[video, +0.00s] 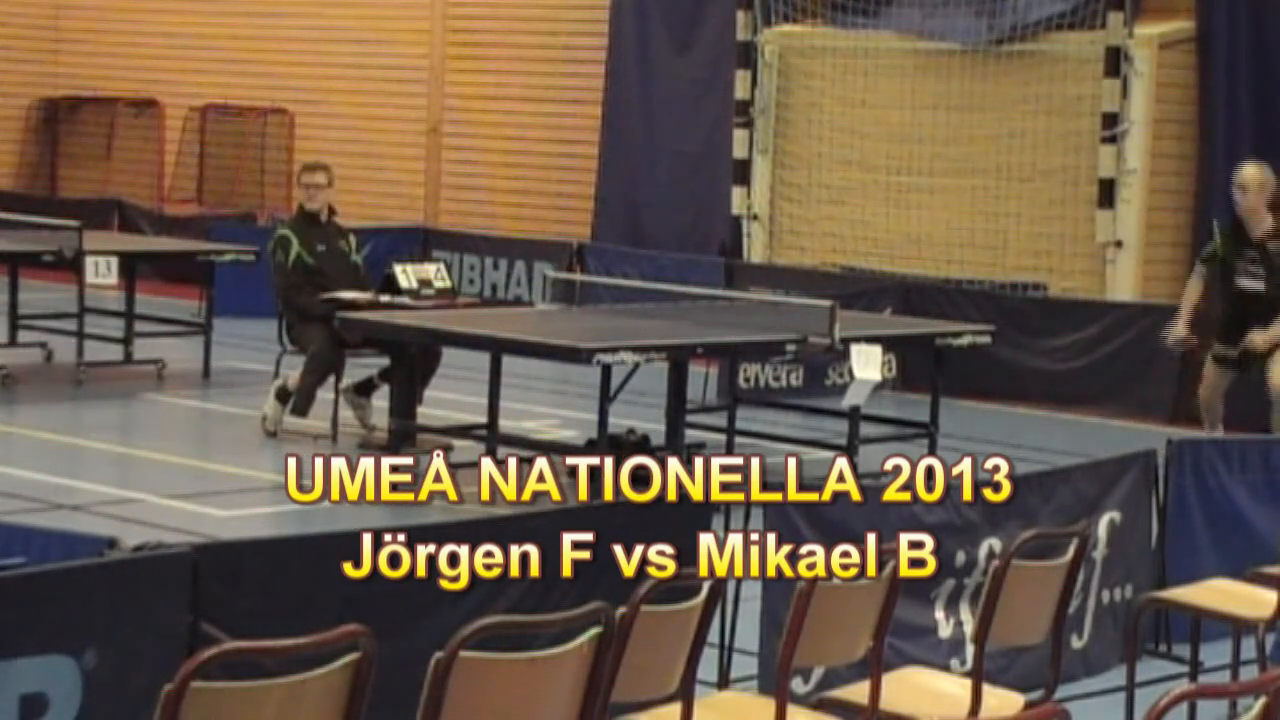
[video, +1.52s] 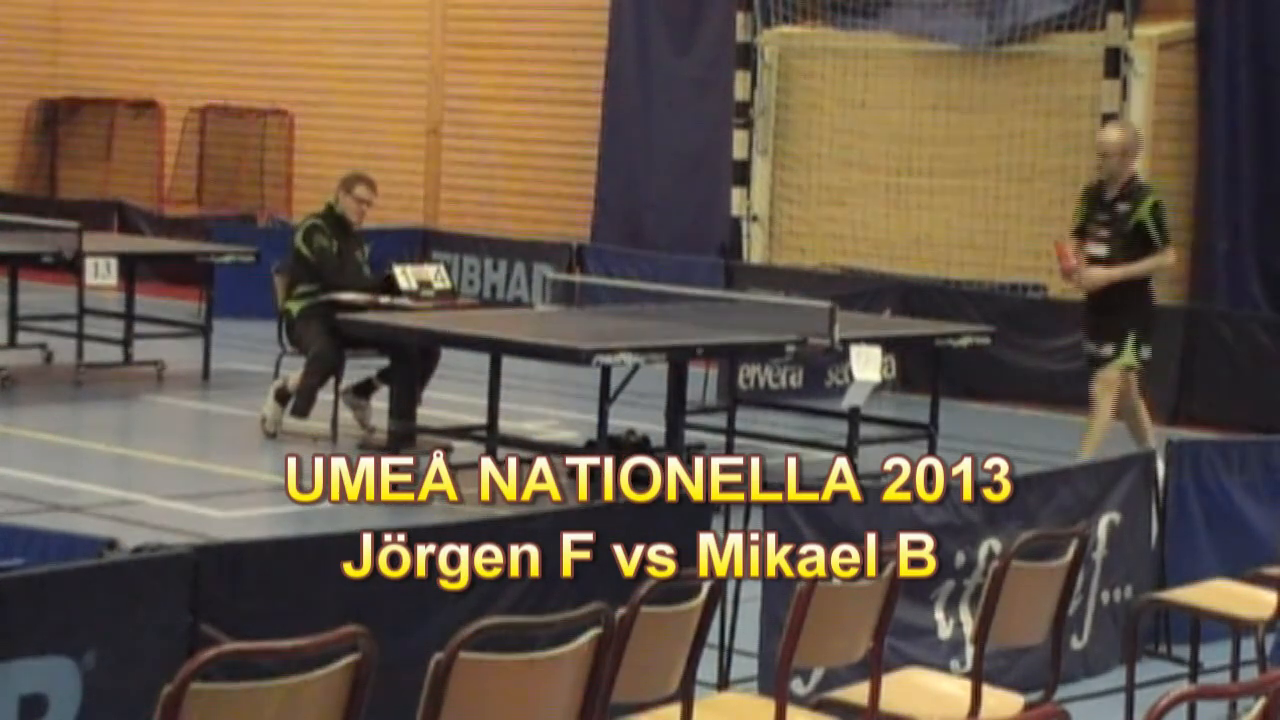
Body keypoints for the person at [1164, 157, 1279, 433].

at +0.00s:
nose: (1243, 197)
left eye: (1250, 189)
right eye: (1239, 189)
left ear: (1268, 192)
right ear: (1232, 192)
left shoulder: (1274, 239)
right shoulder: (1227, 235)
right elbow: (1200, 274)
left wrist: (1271, 332)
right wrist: (1182, 319)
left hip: (1270, 328)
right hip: (1233, 326)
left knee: (1276, 385)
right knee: (1209, 393)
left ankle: (1276, 448)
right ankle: (1215, 446)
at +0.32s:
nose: (1204, 186)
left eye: (1211, 179)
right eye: (1203, 179)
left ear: (1235, 183)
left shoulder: (1240, 216)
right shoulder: (1230, 218)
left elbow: (1254, 263)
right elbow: (1227, 282)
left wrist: (1222, 306)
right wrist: (1193, 317)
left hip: (1265, 317)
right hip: (1245, 316)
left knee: (1247, 390)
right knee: (1213, 375)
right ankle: (1232, 448)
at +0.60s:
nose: (1215, 174)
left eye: (1223, 167)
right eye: (1215, 167)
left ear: (1246, 174)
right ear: (1240, 174)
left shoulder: (1249, 210)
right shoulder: (1238, 209)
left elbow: (1264, 257)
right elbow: (1256, 258)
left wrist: (1218, 294)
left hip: (1259, 319)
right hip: (1241, 317)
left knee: (1248, 397)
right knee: (1223, 386)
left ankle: (1278, 454)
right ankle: (1237, 458)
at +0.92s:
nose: (1195, 161)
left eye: (1203, 155)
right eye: (1196, 154)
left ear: (1227, 164)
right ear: (1225, 166)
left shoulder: (1229, 202)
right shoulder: (1231, 199)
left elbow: (1246, 255)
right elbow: (1247, 255)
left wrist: (1203, 290)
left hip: (1234, 310)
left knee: (1187, 382)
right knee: (1258, 396)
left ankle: (1196, 464)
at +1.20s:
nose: (1149, 160)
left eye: (1156, 153)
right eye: (1149, 153)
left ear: (1177, 158)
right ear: (1160, 156)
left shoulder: (1190, 200)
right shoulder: (1157, 199)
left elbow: (1205, 254)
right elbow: (1161, 257)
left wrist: (1150, 281)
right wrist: (1137, 291)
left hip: (1190, 311)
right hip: (1157, 310)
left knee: (1186, 396)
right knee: (1146, 389)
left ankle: (1245, 452)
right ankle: (1160, 469)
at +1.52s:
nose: (1099, 162)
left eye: (1107, 155)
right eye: (1098, 155)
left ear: (1131, 157)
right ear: (1098, 154)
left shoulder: (1144, 202)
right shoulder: (1093, 193)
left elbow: (1167, 256)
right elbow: (1079, 240)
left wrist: (1107, 274)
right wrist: (1074, 259)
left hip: (1131, 310)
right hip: (1098, 306)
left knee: (1103, 388)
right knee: (1125, 395)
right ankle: (1151, 457)